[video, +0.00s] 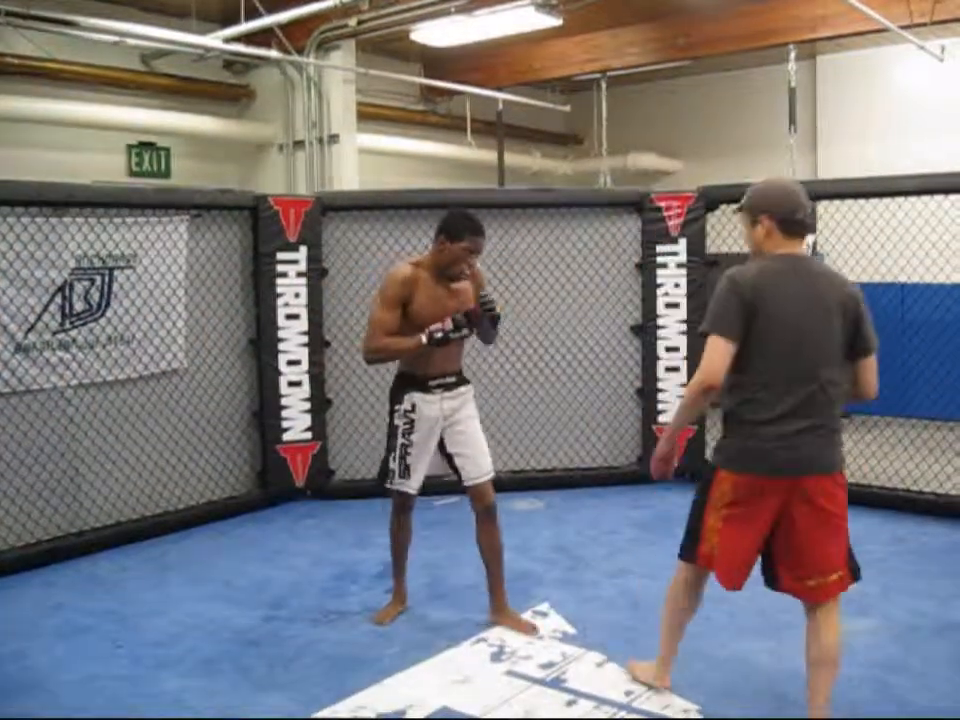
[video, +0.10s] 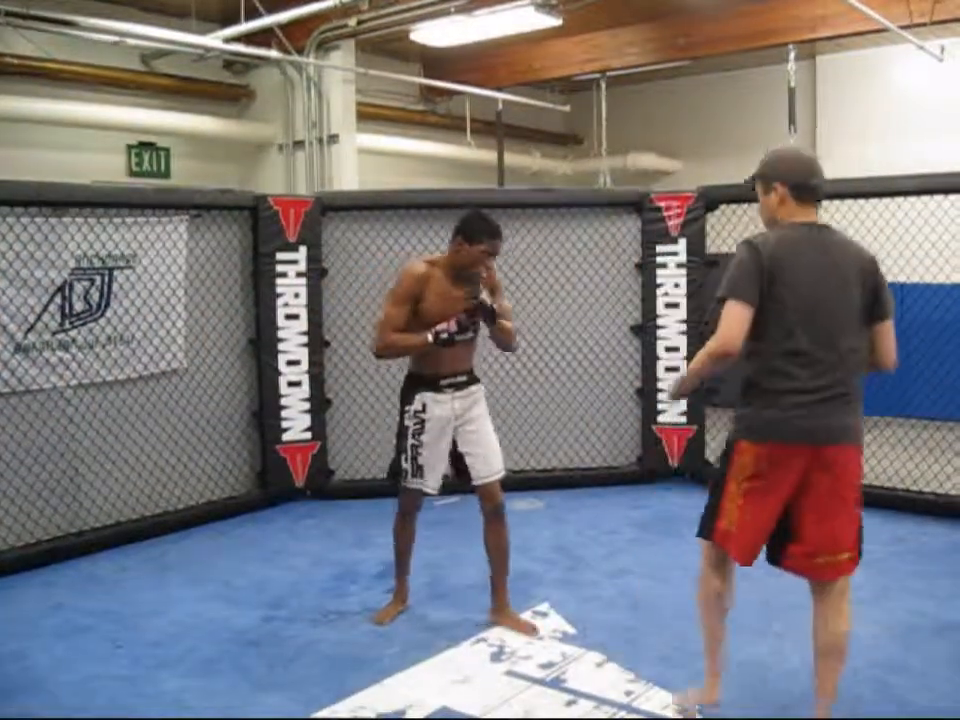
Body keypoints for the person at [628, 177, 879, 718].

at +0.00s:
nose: (744, 234)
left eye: (746, 225)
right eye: (744, 224)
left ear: (765, 225)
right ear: (804, 226)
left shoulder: (742, 281)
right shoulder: (843, 289)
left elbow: (710, 378)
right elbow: (866, 386)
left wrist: (673, 431)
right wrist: (808, 384)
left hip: (746, 462)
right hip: (820, 465)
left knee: (694, 565)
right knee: (824, 600)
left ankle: (660, 668)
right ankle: (818, 711)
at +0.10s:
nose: (758, 205)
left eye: (759, 195)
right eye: (759, 195)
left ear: (776, 193)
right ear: (814, 194)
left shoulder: (759, 251)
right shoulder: (861, 259)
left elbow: (728, 343)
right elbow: (884, 357)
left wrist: (687, 377)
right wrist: (829, 350)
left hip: (766, 435)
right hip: (840, 439)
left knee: (718, 556)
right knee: (833, 584)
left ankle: (711, 687)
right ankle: (823, 709)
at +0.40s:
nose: (794, 232)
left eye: (794, 222)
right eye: (793, 223)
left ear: (811, 221)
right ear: (855, 220)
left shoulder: (797, 283)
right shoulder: (899, 289)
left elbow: (783, 384)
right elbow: (928, 397)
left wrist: (747, 390)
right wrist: (872, 395)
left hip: (810, 489)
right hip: (881, 485)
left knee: (780, 629)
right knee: (879, 623)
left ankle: (813, 711)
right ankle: (881, 713)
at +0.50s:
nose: (793, 233)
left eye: (794, 222)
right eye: (792, 223)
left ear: (813, 218)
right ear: (854, 218)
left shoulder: (799, 280)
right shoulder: (901, 288)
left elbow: (792, 384)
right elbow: (928, 398)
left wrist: (762, 414)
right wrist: (878, 395)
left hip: (809, 486)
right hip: (883, 481)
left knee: (774, 616)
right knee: (879, 614)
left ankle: (808, 711)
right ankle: (881, 713)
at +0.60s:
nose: (783, 218)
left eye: (784, 207)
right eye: (783, 208)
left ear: (802, 206)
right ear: (845, 205)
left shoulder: (794, 267)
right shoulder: (899, 275)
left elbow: (791, 369)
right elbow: (927, 381)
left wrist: (763, 395)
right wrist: (871, 382)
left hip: (808, 476)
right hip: (882, 473)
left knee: (765, 615)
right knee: (876, 611)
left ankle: (784, 711)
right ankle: (881, 713)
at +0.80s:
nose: (752, 218)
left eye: (753, 209)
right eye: (754, 209)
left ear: (767, 212)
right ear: (815, 209)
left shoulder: (755, 278)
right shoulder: (872, 273)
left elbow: (738, 386)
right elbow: (908, 383)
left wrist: (728, 399)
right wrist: (849, 385)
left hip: (794, 484)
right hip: (876, 478)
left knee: (760, 637)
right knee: (880, 624)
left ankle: (744, 716)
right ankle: (883, 714)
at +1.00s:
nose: (749, 217)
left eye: (749, 206)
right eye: (749, 206)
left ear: (765, 206)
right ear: (816, 202)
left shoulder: (744, 277)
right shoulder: (872, 268)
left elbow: (701, 382)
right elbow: (886, 347)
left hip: (784, 487)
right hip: (873, 483)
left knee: (749, 653)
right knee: (898, 649)